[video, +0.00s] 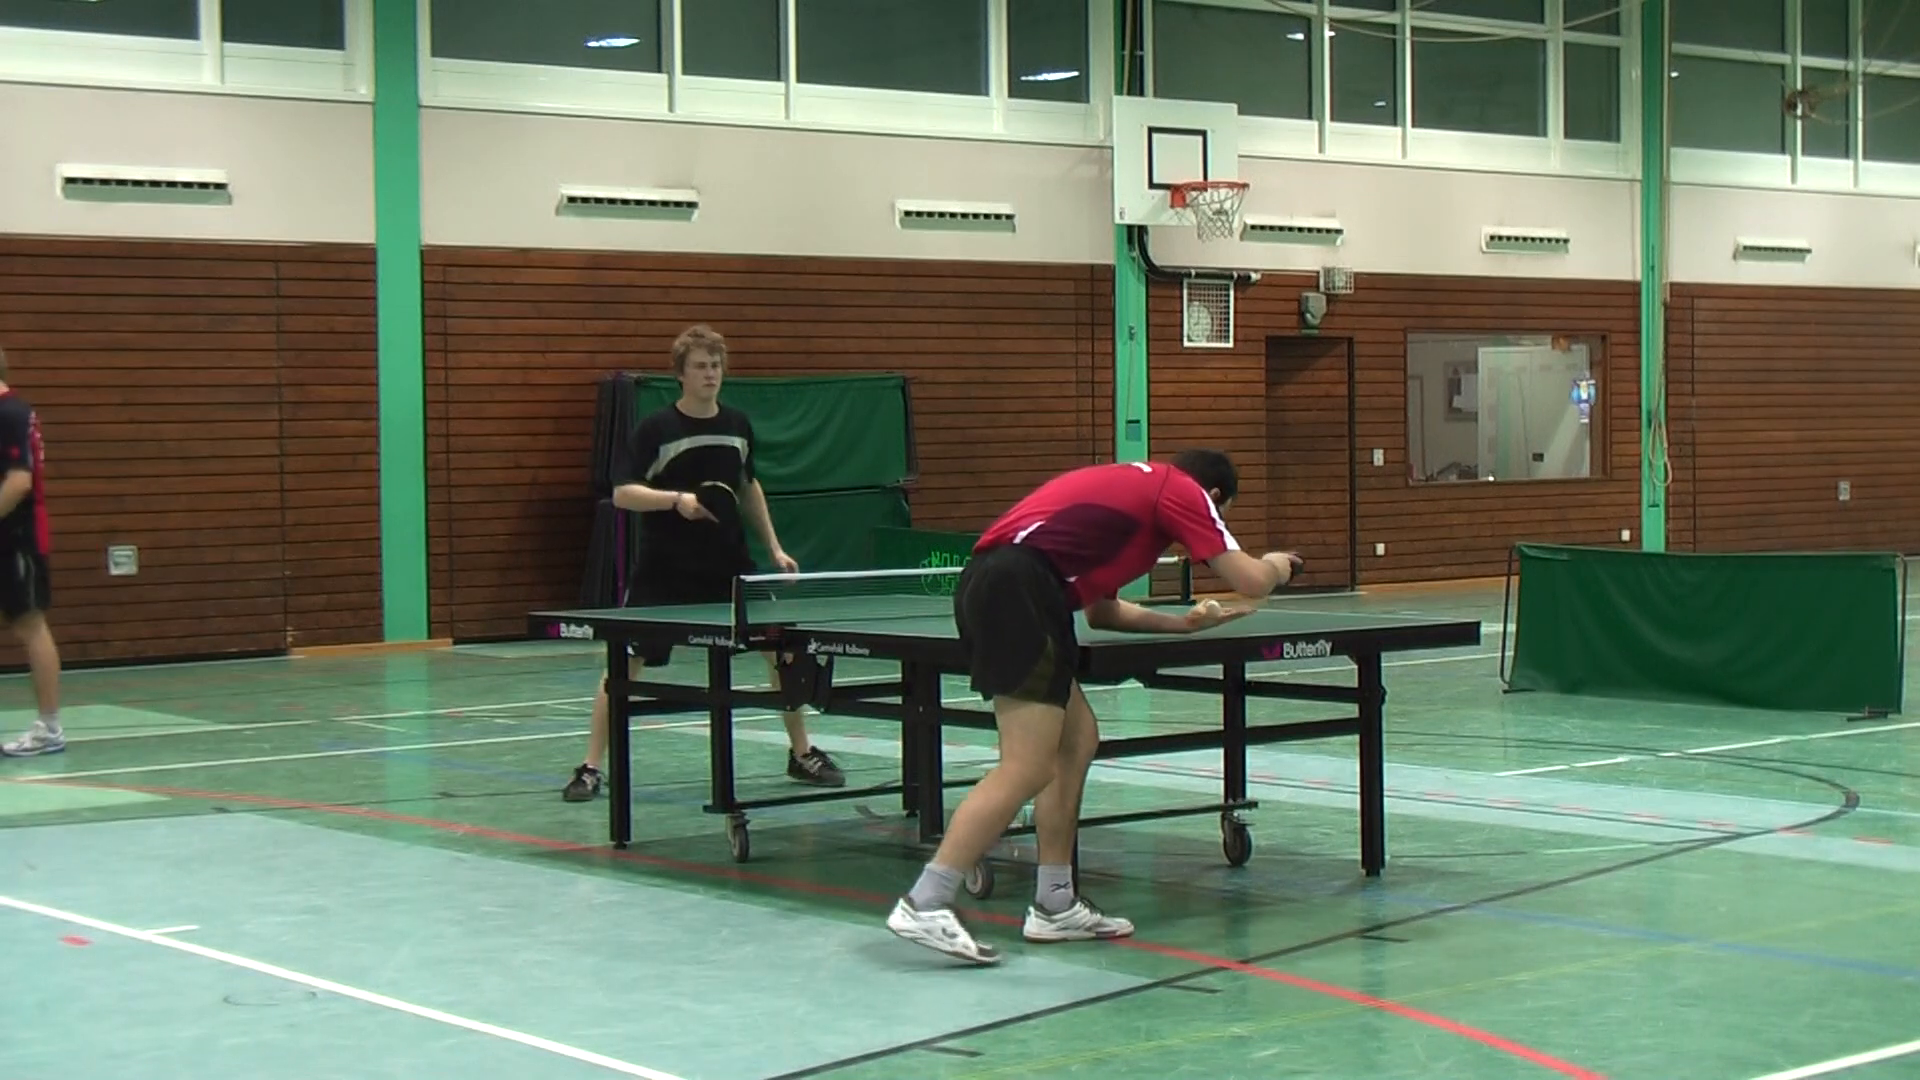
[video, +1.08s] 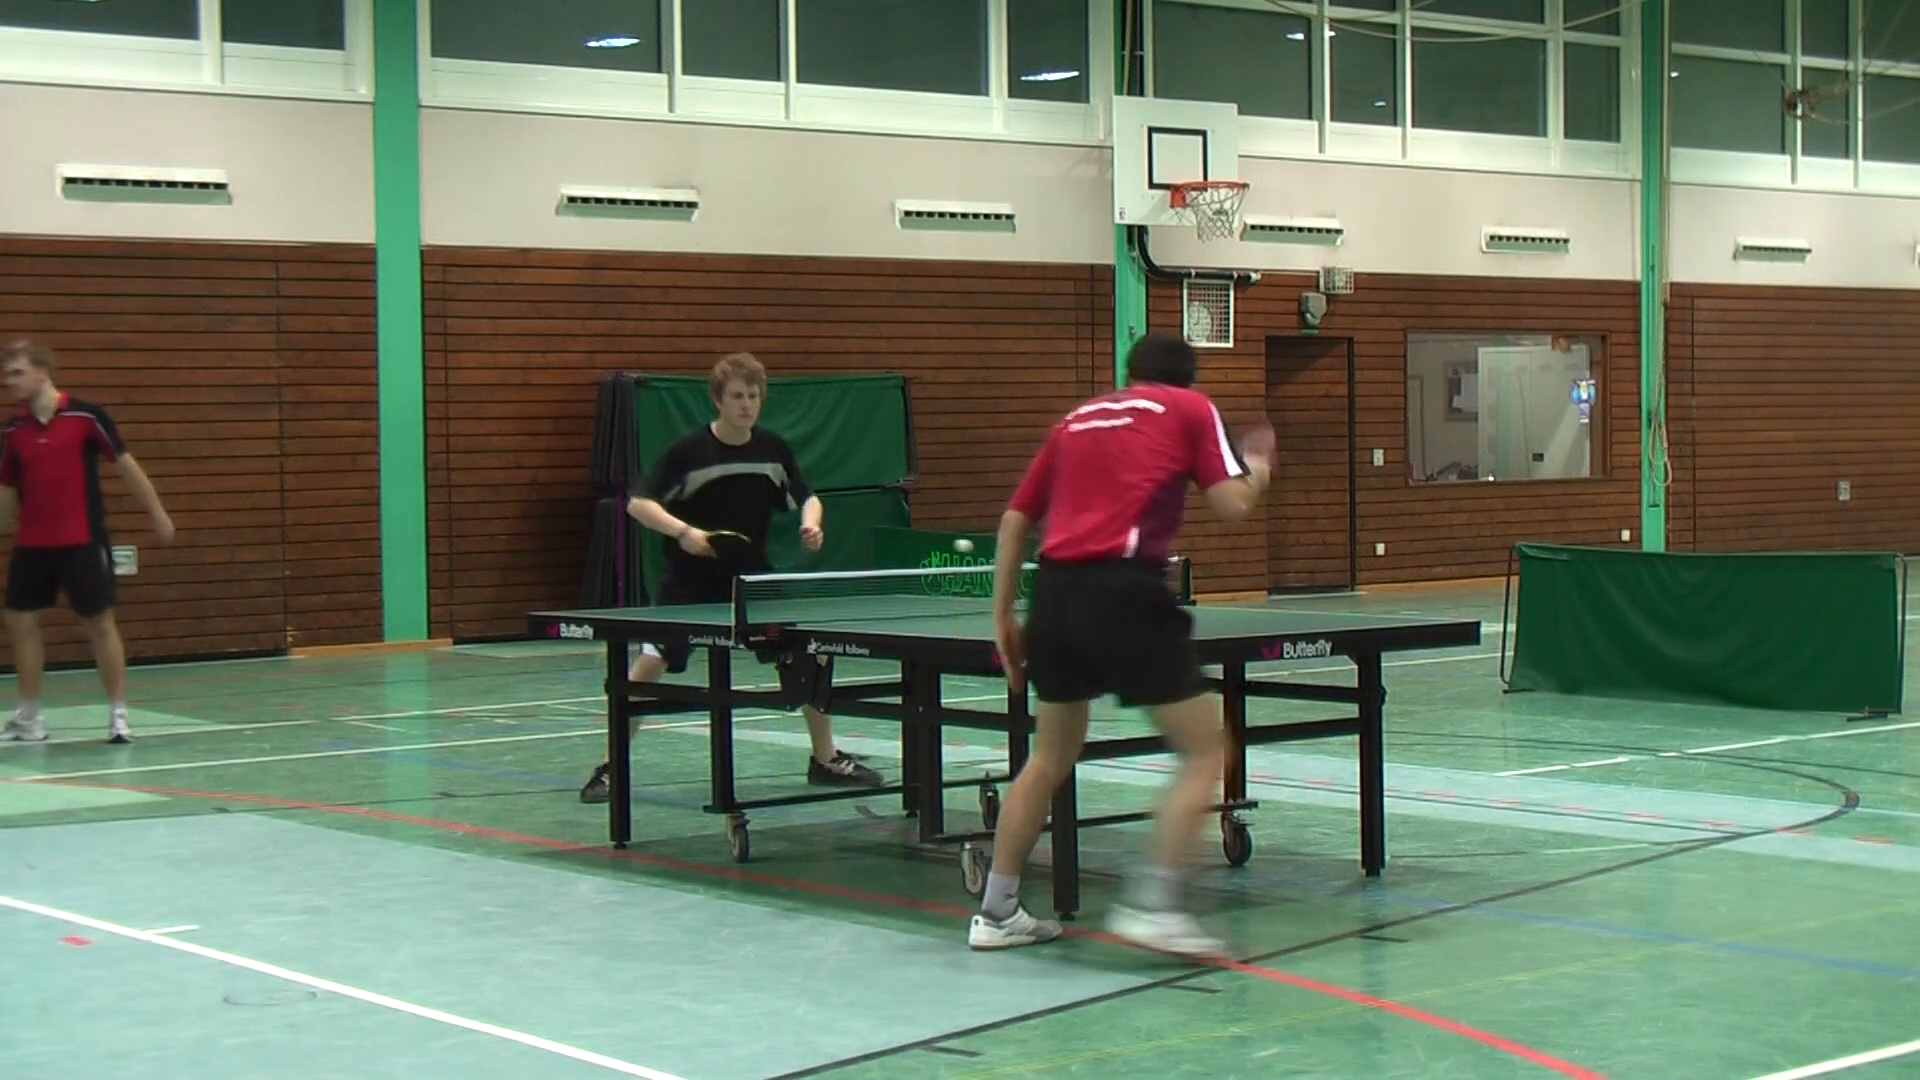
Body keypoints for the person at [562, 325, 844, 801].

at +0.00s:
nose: (710, 374)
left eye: (716, 366)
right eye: (701, 367)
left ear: (723, 371)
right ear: (680, 372)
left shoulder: (737, 424)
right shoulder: (655, 429)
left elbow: (748, 486)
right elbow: (622, 493)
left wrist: (774, 547)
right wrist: (674, 498)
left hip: (730, 570)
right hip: (664, 573)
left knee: (782, 644)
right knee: (624, 665)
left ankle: (802, 752)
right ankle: (592, 766)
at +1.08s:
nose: (746, 403)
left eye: (753, 395)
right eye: (736, 395)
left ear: (762, 399)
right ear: (717, 399)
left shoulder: (774, 449)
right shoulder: (689, 450)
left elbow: (809, 500)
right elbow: (639, 504)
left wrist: (811, 523)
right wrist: (682, 531)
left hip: (755, 582)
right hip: (692, 582)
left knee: (809, 656)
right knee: (652, 662)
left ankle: (826, 757)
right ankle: (611, 764)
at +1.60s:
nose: (751, 430)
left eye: (756, 421)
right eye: (742, 422)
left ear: (762, 424)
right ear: (720, 424)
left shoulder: (767, 471)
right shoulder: (701, 462)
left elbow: (811, 496)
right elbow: (679, 464)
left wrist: (856, 525)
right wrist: (682, 459)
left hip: (747, 601)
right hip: (689, 602)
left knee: (823, 652)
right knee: (686, 674)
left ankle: (831, 757)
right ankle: (619, 769)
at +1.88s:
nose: (716, 384)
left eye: (722, 376)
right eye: (706, 377)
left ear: (729, 380)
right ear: (684, 382)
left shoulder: (741, 436)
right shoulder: (662, 434)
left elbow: (778, 480)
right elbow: (610, 485)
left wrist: (801, 525)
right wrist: (636, 475)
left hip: (722, 572)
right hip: (659, 571)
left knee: (768, 648)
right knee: (618, 655)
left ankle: (764, 753)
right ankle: (565, 753)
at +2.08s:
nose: (671, 378)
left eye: (676, 370)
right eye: (660, 370)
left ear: (683, 375)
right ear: (637, 376)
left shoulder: (694, 427)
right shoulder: (612, 428)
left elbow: (732, 476)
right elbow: (571, 487)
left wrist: (739, 509)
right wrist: (606, 501)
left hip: (674, 563)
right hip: (610, 566)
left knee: (723, 644)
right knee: (567, 643)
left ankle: (743, 748)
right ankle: (531, 756)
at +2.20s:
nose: (629, 397)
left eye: (634, 388)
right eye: (619, 390)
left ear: (642, 390)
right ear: (599, 396)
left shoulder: (665, 442)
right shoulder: (582, 449)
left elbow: (705, 490)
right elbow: (542, 510)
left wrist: (698, 523)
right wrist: (568, 545)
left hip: (652, 577)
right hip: (591, 577)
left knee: (703, 655)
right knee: (537, 646)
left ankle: (709, 751)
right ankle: (483, 749)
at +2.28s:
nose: (579, 419)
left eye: (587, 409)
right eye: (571, 412)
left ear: (603, 410)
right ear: (558, 418)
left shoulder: (634, 460)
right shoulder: (547, 477)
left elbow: (683, 505)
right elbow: (509, 529)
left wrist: (686, 548)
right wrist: (485, 578)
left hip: (635, 596)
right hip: (568, 595)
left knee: (699, 666)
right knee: (509, 659)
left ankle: (710, 756)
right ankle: (451, 759)